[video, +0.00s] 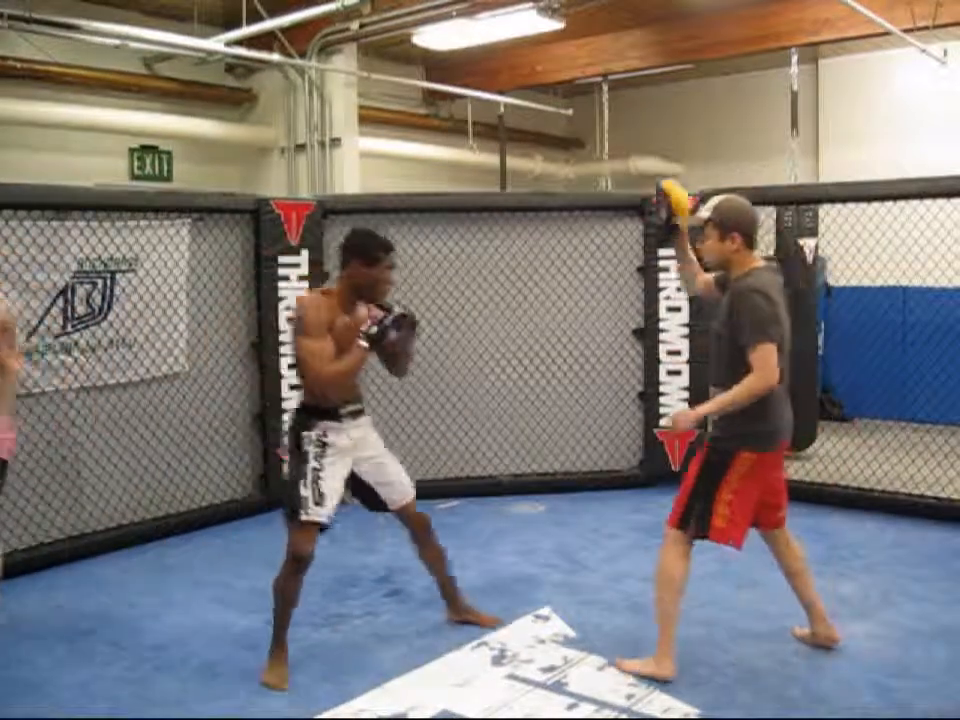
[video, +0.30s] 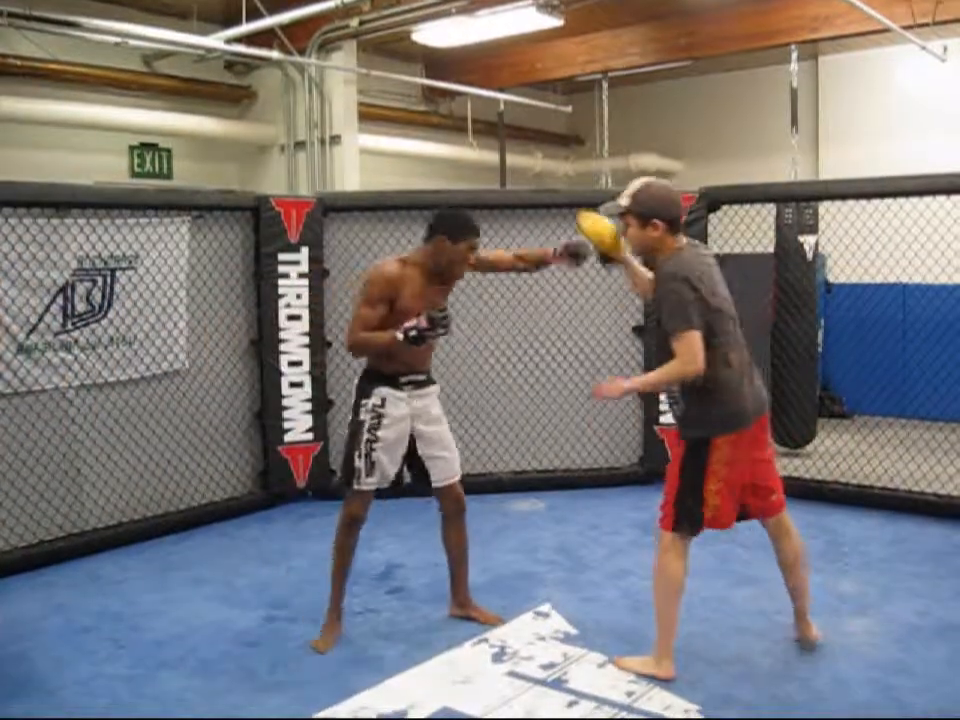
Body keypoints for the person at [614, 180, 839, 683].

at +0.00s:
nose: (699, 245)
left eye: (706, 235)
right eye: (700, 235)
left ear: (734, 240)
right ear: (738, 239)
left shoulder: (748, 293)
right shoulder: (757, 278)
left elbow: (765, 375)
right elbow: (700, 287)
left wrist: (699, 411)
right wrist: (679, 232)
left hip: (739, 435)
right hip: (767, 433)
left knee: (678, 536)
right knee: (775, 529)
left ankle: (663, 657)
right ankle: (821, 626)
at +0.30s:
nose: (623, 232)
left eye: (627, 224)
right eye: (623, 223)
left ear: (654, 228)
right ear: (668, 226)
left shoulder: (673, 277)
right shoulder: (697, 257)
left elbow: (691, 362)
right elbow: (651, 289)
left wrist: (632, 384)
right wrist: (619, 253)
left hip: (708, 423)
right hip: (751, 411)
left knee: (673, 537)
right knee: (777, 519)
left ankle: (662, 657)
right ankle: (804, 625)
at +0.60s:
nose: (626, 224)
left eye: (629, 214)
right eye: (626, 214)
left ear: (650, 216)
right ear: (674, 214)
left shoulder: (650, 273)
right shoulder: (728, 259)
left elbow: (662, 367)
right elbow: (771, 334)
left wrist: (658, 448)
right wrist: (757, 369)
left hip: (689, 427)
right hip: (746, 419)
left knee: (659, 541)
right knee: (771, 531)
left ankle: (659, 657)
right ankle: (801, 646)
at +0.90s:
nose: (715, 238)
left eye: (718, 230)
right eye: (717, 229)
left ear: (735, 233)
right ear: (768, 234)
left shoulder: (714, 292)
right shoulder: (813, 295)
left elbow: (693, 387)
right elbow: (840, 392)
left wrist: (677, 470)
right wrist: (794, 373)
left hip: (722, 462)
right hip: (795, 462)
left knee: (678, 563)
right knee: (814, 594)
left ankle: (657, 658)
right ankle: (815, 709)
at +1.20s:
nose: (767, 193)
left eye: (769, 182)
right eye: (768, 182)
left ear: (789, 179)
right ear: (825, 179)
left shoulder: (772, 234)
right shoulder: (876, 242)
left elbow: (743, 326)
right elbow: (903, 344)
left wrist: (704, 345)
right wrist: (844, 335)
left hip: (784, 423)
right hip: (858, 424)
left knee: (740, 557)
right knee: (852, 576)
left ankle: (763, 686)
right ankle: (847, 708)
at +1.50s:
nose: (793, 233)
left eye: (794, 222)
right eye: (792, 223)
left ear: (813, 218)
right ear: (854, 218)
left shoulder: (799, 280)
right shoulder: (901, 288)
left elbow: (792, 384)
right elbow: (928, 398)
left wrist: (762, 414)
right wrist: (878, 395)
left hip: (809, 486)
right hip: (883, 481)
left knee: (774, 616)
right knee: (879, 614)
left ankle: (808, 711)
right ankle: (881, 713)